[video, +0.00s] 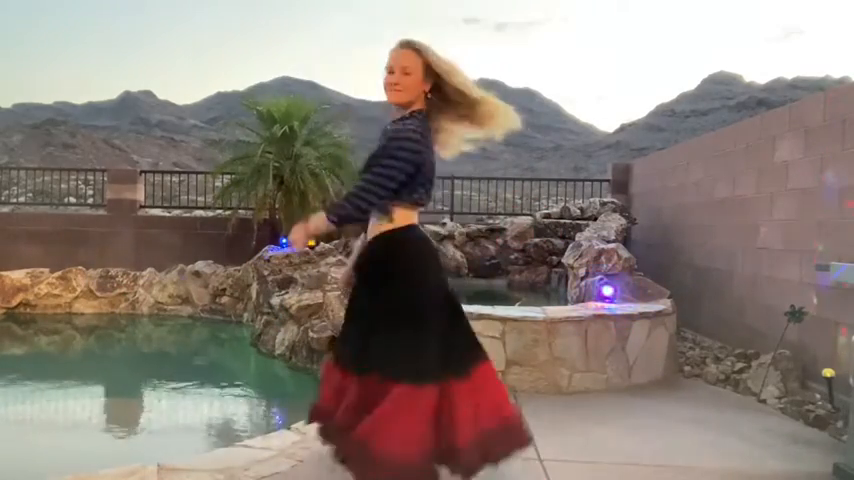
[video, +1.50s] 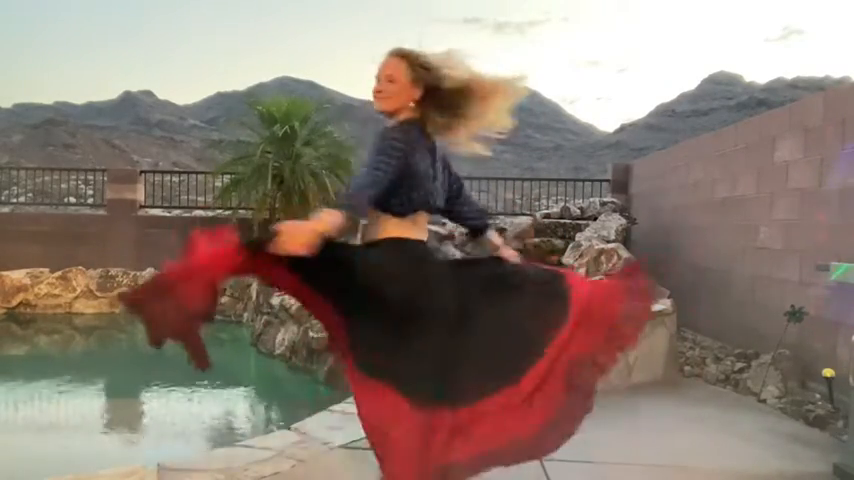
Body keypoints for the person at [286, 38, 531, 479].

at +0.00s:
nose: (392, 78)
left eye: (403, 73)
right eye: (390, 71)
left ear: (427, 85)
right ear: (387, 75)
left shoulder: (408, 131)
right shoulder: (407, 128)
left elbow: (369, 194)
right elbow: (385, 200)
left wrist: (315, 223)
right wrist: (360, 258)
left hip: (397, 255)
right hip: (402, 250)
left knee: (396, 364)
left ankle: (394, 460)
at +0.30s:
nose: (388, 73)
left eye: (397, 67)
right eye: (381, 67)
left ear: (411, 76)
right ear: (368, 76)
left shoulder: (419, 133)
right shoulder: (357, 132)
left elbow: (432, 205)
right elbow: (348, 192)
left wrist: (429, 276)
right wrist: (340, 245)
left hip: (407, 249)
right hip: (364, 251)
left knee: (399, 348)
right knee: (373, 348)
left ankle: (391, 458)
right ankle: (382, 451)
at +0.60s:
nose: (390, 86)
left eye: (399, 79)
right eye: (381, 80)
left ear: (412, 87)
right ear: (370, 90)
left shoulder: (430, 144)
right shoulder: (354, 142)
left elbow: (457, 201)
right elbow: (322, 196)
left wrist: (494, 252)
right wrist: (285, 247)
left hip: (417, 265)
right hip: (358, 266)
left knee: (421, 374)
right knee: (364, 371)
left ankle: (425, 463)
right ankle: (374, 458)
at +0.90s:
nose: (395, 80)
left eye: (400, 73)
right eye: (383, 76)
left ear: (411, 83)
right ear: (367, 91)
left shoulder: (398, 136)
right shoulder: (374, 138)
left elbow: (395, 213)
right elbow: (352, 215)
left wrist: (434, 236)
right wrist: (327, 288)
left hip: (407, 270)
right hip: (384, 276)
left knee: (404, 387)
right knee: (384, 392)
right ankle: (381, 468)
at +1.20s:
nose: (433, 86)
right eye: (429, 78)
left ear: (365, 79)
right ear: (422, 81)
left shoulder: (351, 130)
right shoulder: (437, 131)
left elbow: (300, 168)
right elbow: (480, 185)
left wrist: (253, 193)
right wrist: (532, 239)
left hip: (363, 238)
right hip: (415, 239)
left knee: (372, 349)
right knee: (430, 355)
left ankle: (375, 451)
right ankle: (431, 454)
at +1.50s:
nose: (377, 88)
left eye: (389, 81)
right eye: (380, 79)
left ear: (416, 93)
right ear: (413, 93)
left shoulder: (396, 136)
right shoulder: (426, 146)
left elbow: (365, 192)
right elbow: (459, 201)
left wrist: (317, 226)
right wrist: (500, 243)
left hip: (386, 264)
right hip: (416, 262)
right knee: (418, 378)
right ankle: (420, 463)